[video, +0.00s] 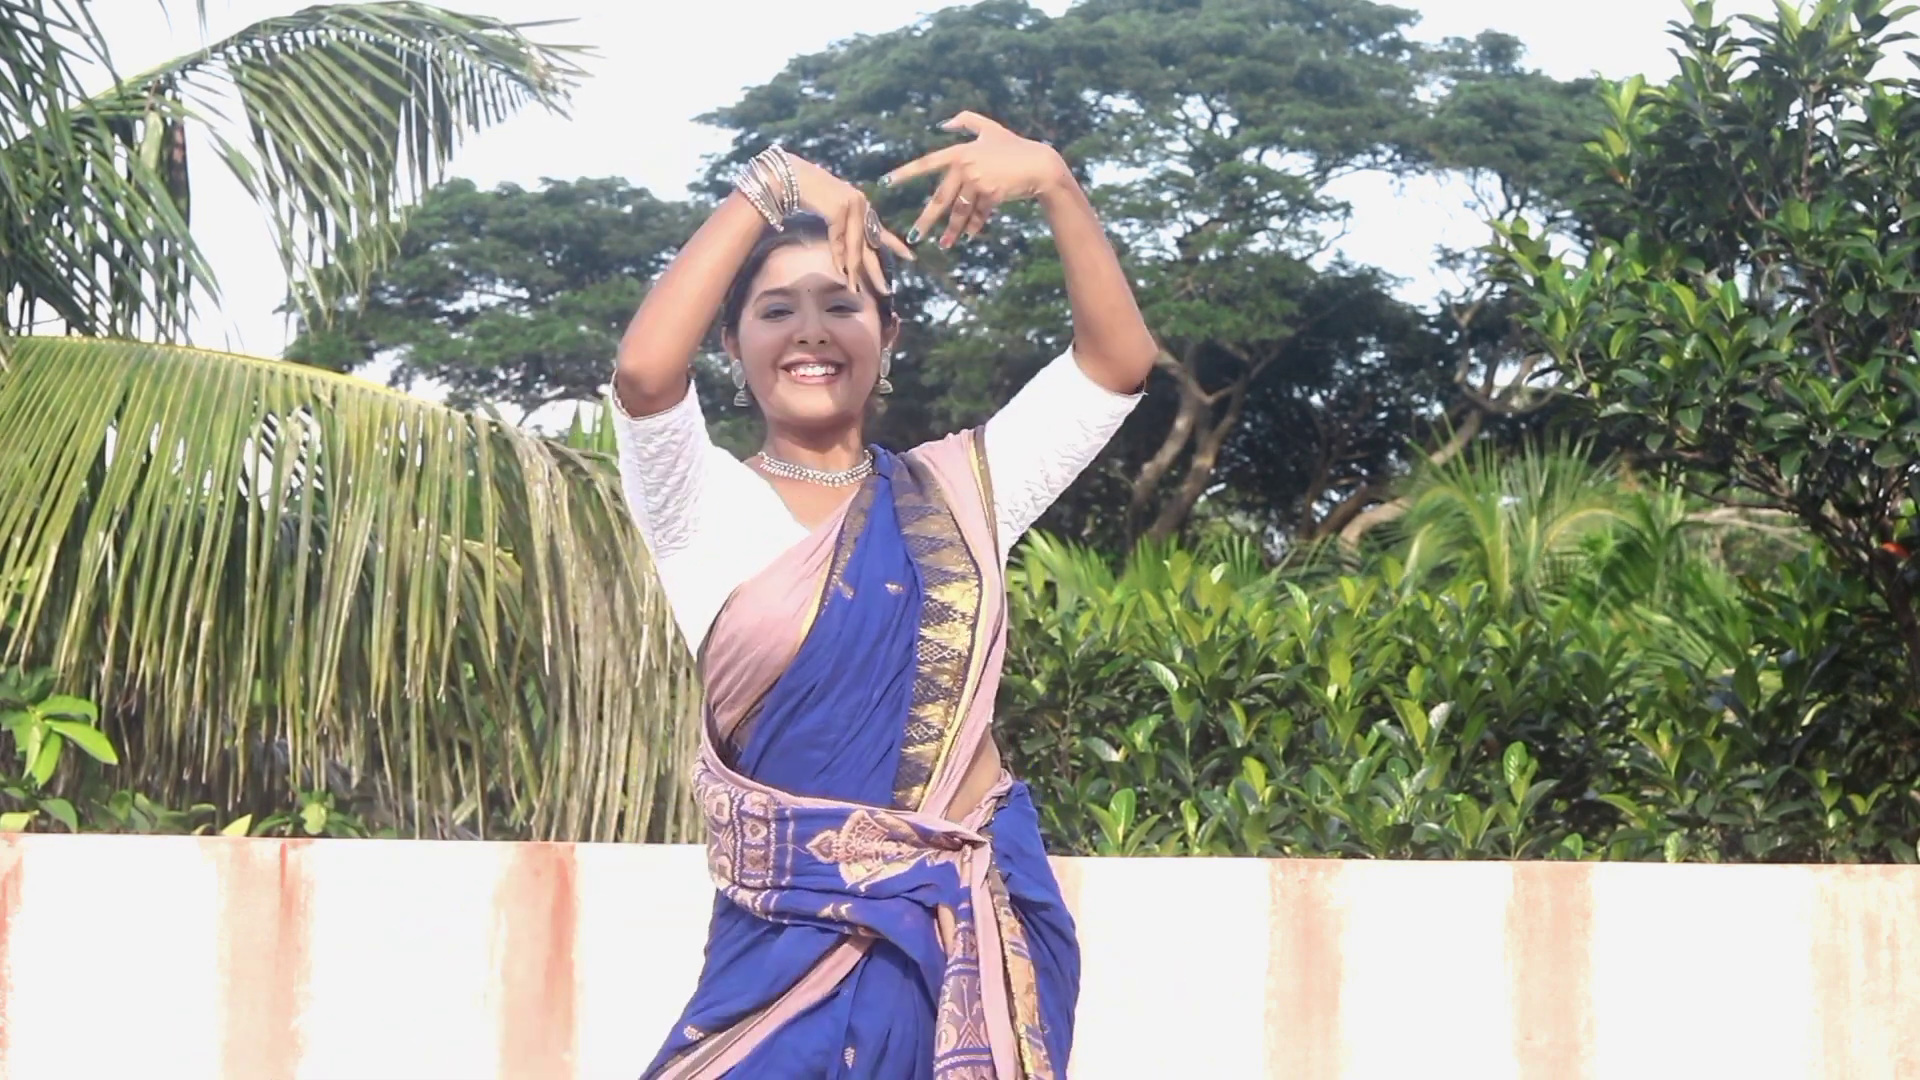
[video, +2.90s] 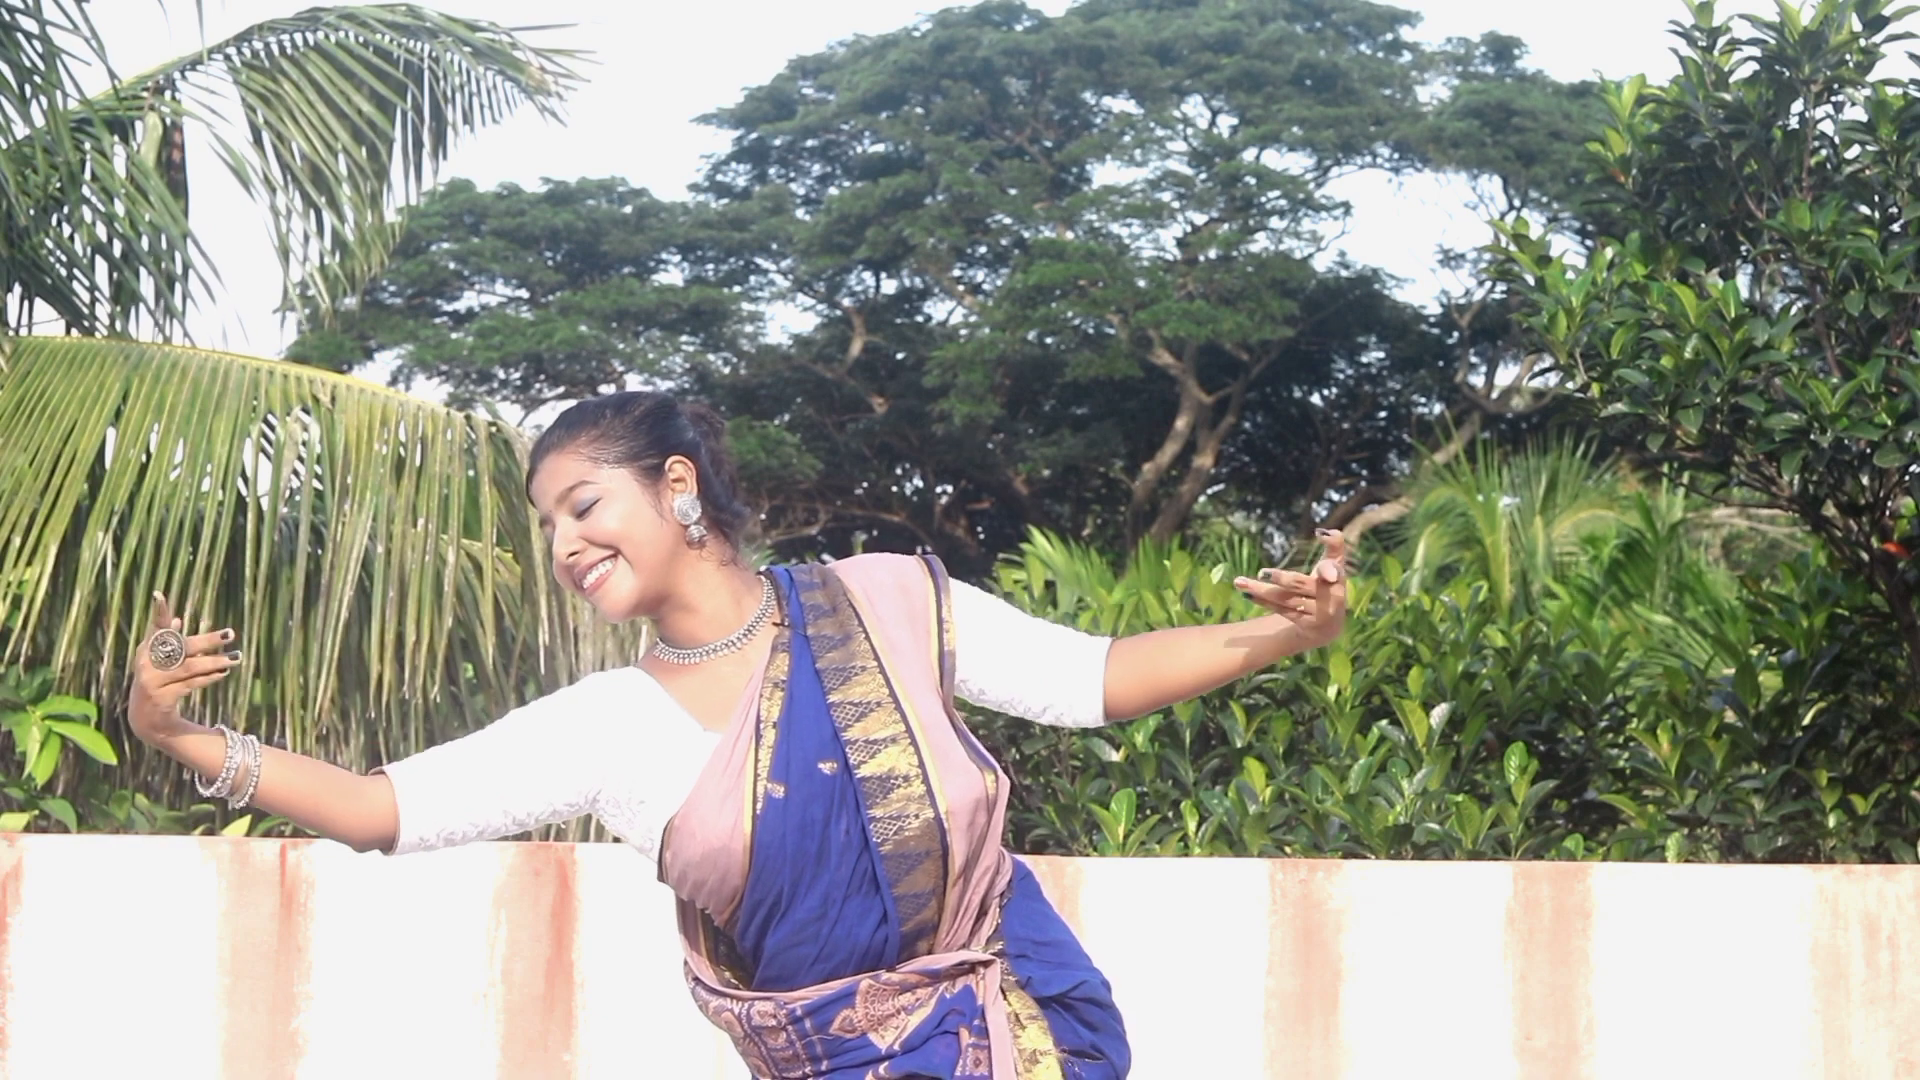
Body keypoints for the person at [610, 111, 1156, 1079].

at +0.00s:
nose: (811, 330)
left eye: (841, 302)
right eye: (776, 308)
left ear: (887, 335)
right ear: (736, 347)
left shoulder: (963, 486)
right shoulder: (700, 507)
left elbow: (1118, 359)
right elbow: (645, 374)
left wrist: (1055, 182)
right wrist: (771, 177)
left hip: (984, 916)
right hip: (791, 929)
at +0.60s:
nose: (674, 376)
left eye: (699, 349)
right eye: (639, 372)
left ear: (762, 383)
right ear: (619, 432)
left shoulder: (885, 516)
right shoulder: (636, 585)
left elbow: (1039, 358)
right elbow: (539, 382)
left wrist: (1048, 130)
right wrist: (580, 137)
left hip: (981, 1001)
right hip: (768, 1025)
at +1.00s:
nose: (630, 445)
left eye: (652, 410)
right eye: (597, 446)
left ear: (727, 421)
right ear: (595, 506)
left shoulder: (882, 542)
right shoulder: (630, 649)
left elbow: (1043, 408)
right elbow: (454, 482)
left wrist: (1070, 216)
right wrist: (449, 257)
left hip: (995, 1006)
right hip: (799, 1051)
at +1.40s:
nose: (625, 484)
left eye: (647, 445)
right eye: (595, 486)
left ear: (726, 451)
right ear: (601, 537)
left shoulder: (899, 562)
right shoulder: (638, 679)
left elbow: (1096, 474)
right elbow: (443, 562)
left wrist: (1187, 291)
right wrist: (312, 368)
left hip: (1018, 1014)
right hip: (824, 1054)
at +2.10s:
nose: (606, 515)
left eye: (625, 474)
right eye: (582, 510)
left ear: (715, 460)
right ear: (591, 547)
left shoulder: (903, 574)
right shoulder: (629, 696)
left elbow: (1119, 568)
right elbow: (403, 667)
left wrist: (1285, 427)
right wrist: (260, 499)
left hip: (1028, 1014)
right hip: (825, 1057)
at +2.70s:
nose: (567, 543)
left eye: (589, 501)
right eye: (550, 524)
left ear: (691, 482)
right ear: (559, 550)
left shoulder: (891, 593)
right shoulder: (611, 720)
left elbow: (1105, 642)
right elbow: (380, 787)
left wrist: (1278, 592)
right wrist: (234, 693)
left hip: (1020, 1020)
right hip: (826, 1061)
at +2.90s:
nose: (566, 547)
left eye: (587, 504)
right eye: (548, 531)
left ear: (690, 487)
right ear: (556, 558)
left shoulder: (885, 594)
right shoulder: (606, 724)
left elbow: (1094, 676)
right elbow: (385, 807)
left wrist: (1279, 633)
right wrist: (191, 746)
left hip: (1019, 1011)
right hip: (828, 1057)